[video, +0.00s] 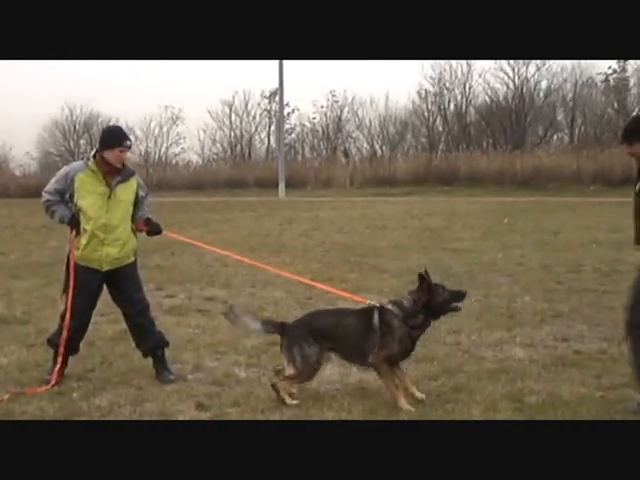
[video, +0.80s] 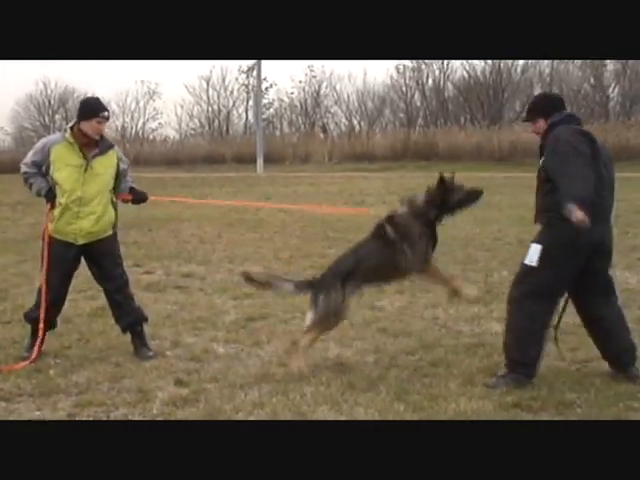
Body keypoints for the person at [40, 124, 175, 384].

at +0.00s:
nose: (125, 155)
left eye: (126, 150)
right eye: (120, 150)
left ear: (124, 151)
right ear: (104, 150)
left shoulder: (132, 179)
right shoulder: (75, 173)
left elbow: (140, 208)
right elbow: (50, 198)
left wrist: (144, 223)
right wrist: (69, 217)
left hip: (122, 259)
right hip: (86, 260)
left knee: (139, 311)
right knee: (76, 317)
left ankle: (160, 363)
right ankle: (58, 364)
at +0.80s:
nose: (103, 127)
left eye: (105, 122)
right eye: (99, 121)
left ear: (104, 123)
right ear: (82, 121)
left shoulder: (111, 151)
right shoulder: (52, 146)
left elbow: (121, 183)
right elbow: (29, 169)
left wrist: (130, 193)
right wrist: (45, 189)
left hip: (101, 233)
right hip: (63, 234)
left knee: (118, 286)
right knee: (52, 291)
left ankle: (139, 339)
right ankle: (35, 340)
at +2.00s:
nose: (66, 118)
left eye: (68, 113)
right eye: (61, 113)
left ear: (70, 115)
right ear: (44, 114)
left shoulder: (77, 147)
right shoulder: (15, 140)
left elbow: (87, 176)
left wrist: (91, 189)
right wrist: (12, 187)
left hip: (68, 229)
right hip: (29, 229)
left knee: (83, 282)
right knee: (21, 285)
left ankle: (106, 336)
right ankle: (5, 342)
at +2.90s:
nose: (70, 109)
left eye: (73, 104)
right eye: (64, 104)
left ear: (75, 107)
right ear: (49, 105)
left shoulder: (84, 137)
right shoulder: (23, 134)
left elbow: (100, 166)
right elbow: (5, 163)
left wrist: (107, 180)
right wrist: (20, 181)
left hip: (79, 220)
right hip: (39, 222)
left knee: (94, 275)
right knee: (33, 278)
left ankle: (112, 332)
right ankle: (41, 321)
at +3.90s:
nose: (73, 95)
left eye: (73, 91)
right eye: (68, 90)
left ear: (68, 93)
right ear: (51, 91)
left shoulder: (76, 124)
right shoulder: (17, 116)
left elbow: (85, 159)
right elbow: (1, 146)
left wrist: (101, 165)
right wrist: (13, 164)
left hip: (69, 205)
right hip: (31, 206)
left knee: (84, 258)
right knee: (17, 263)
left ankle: (104, 310)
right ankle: (3, 313)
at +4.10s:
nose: (45, 98)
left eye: (46, 93)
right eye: (40, 93)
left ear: (42, 94)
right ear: (22, 94)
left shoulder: (47, 126)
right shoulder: (3, 123)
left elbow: (52, 162)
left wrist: (69, 168)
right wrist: (2, 178)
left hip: (40, 207)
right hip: (7, 210)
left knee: (56, 260)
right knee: (0, 264)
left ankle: (79, 311)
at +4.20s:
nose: (37, 98)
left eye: (38, 93)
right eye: (32, 93)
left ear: (36, 95)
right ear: (14, 94)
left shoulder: (38, 125)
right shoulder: (3, 121)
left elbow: (43, 161)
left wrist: (58, 168)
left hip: (33, 207)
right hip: (5, 210)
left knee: (48, 260)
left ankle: (72, 311)